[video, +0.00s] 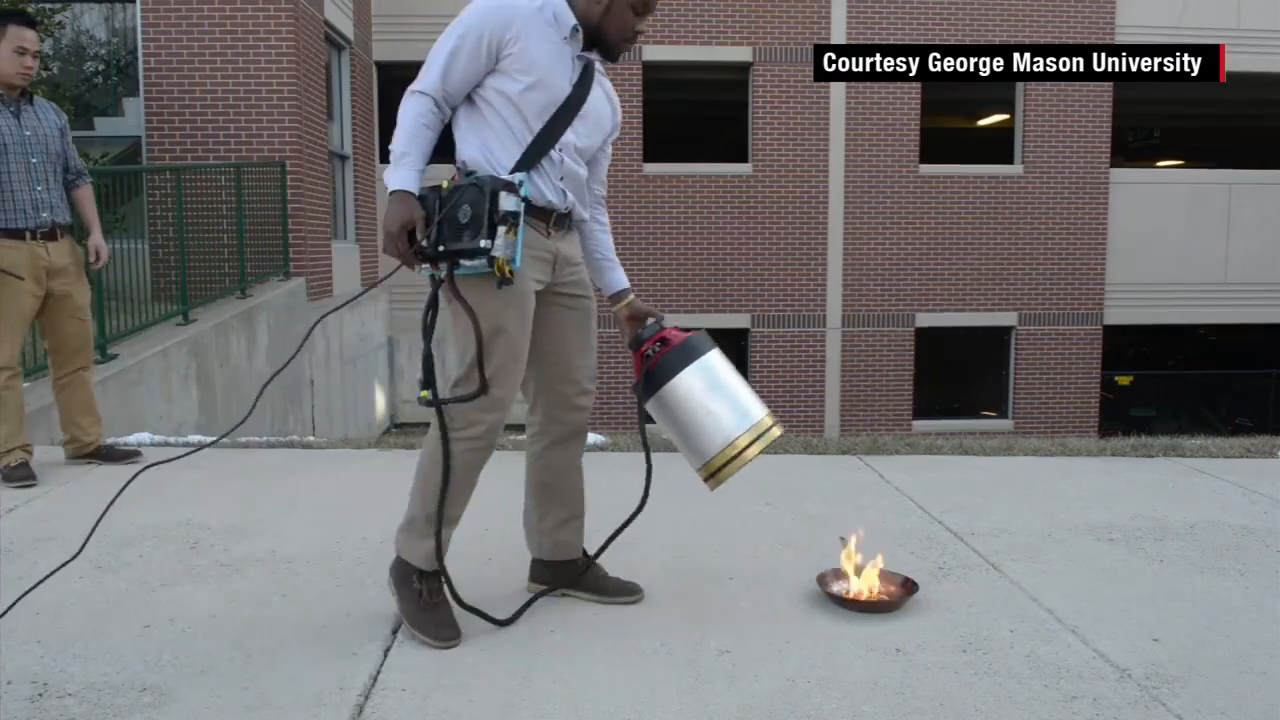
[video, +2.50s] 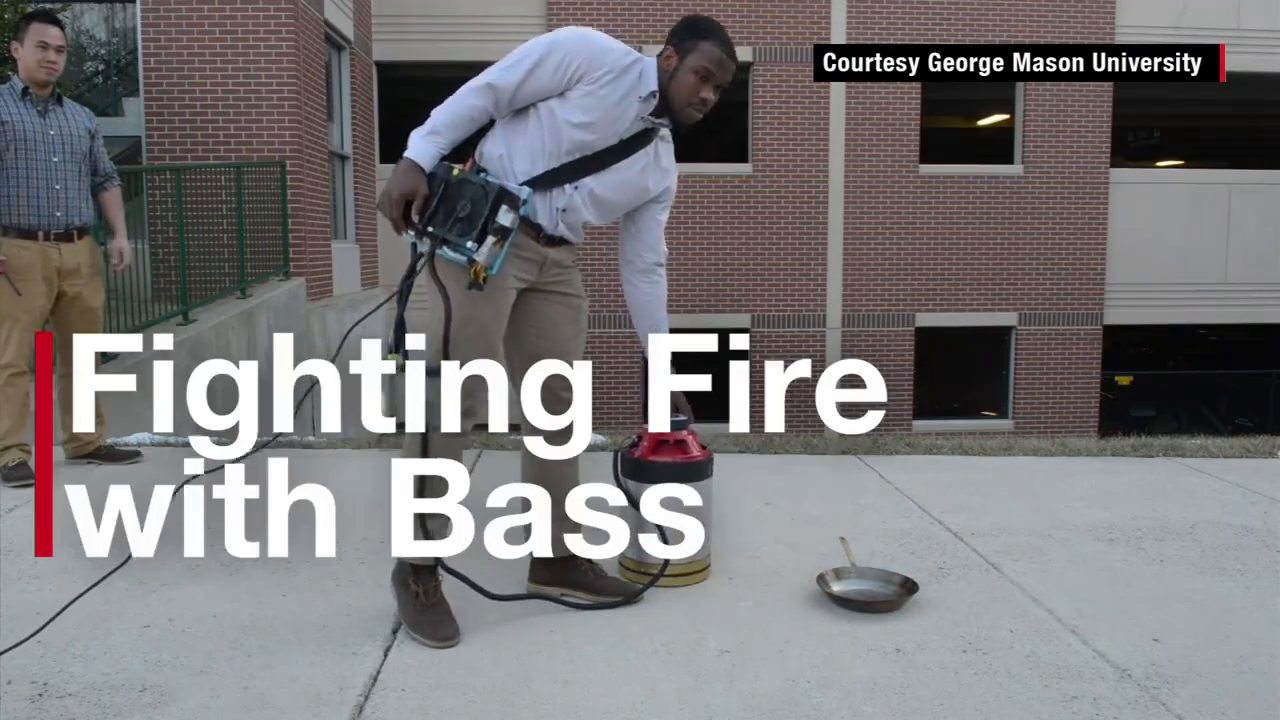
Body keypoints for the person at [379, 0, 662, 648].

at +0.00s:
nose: (644, 30)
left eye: (649, 18)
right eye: (640, 13)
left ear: (612, 11)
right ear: (604, 1)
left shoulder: (604, 100)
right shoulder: (505, 17)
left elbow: (590, 208)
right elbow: (428, 96)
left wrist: (620, 295)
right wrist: (402, 191)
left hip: (566, 249)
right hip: (492, 234)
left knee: (564, 406)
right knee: (477, 405)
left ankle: (558, 557)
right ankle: (417, 565)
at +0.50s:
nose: (693, 46)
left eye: (700, 35)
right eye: (690, 28)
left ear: (663, 18)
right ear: (651, 7)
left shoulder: (649, 117)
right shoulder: (561, 22)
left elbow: (630, 220)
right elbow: (473, 88)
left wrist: (659, 307)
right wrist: (432, 175)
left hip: (588, 253)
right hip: (512, 236)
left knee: (572, 408)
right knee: (475, 403)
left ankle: (556, 557)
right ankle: (427, 562)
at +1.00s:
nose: (680, 34)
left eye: (686, 22)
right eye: (676, 17)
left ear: (653, 14)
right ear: (638, 2)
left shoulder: (644, 105)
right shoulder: (546, 22)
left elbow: (627, 208)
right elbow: (465, 98)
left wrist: (649, 296)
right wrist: (432, 188)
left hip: (595, 251)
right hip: (517, 237)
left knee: (571, 409)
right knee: (492, 407)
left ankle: (556, 557)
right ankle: (443, 568)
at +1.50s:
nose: (695, 69)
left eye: (703, 59)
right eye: (692, 50)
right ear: (654, 24)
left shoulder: (646, 135)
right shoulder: (563, 31)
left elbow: (629, 239)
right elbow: (475, 87)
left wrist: (646, 334)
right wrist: (416, 170)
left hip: (566, 254)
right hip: (493, 233)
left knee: (560, 406)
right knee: (468, 408)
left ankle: (555, 558)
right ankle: (433, 570)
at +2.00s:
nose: (713, 105)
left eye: (724, 98)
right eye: (710, 85)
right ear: (674, 59)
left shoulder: (655, 171)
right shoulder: (593, 52)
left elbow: (635, 271)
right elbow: (491, 89)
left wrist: (651, 369)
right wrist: (418, 158)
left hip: (556, 258)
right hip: (484, 231)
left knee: (558, 411)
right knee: (465, 408)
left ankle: (555, 557)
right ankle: (419, 565)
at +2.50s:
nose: (710, 98)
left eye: (721, 89)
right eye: (703, 78)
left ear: (722, 90)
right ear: (668, 56)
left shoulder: (658, 171)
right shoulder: (592, 55)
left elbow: (646, 272)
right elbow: (488, 93)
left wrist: (664, 376)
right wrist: (415, 161)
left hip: (554, 260)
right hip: (480, 234)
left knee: (557, 411)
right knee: (460, 410)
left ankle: (554, 557)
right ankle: (418, 567)